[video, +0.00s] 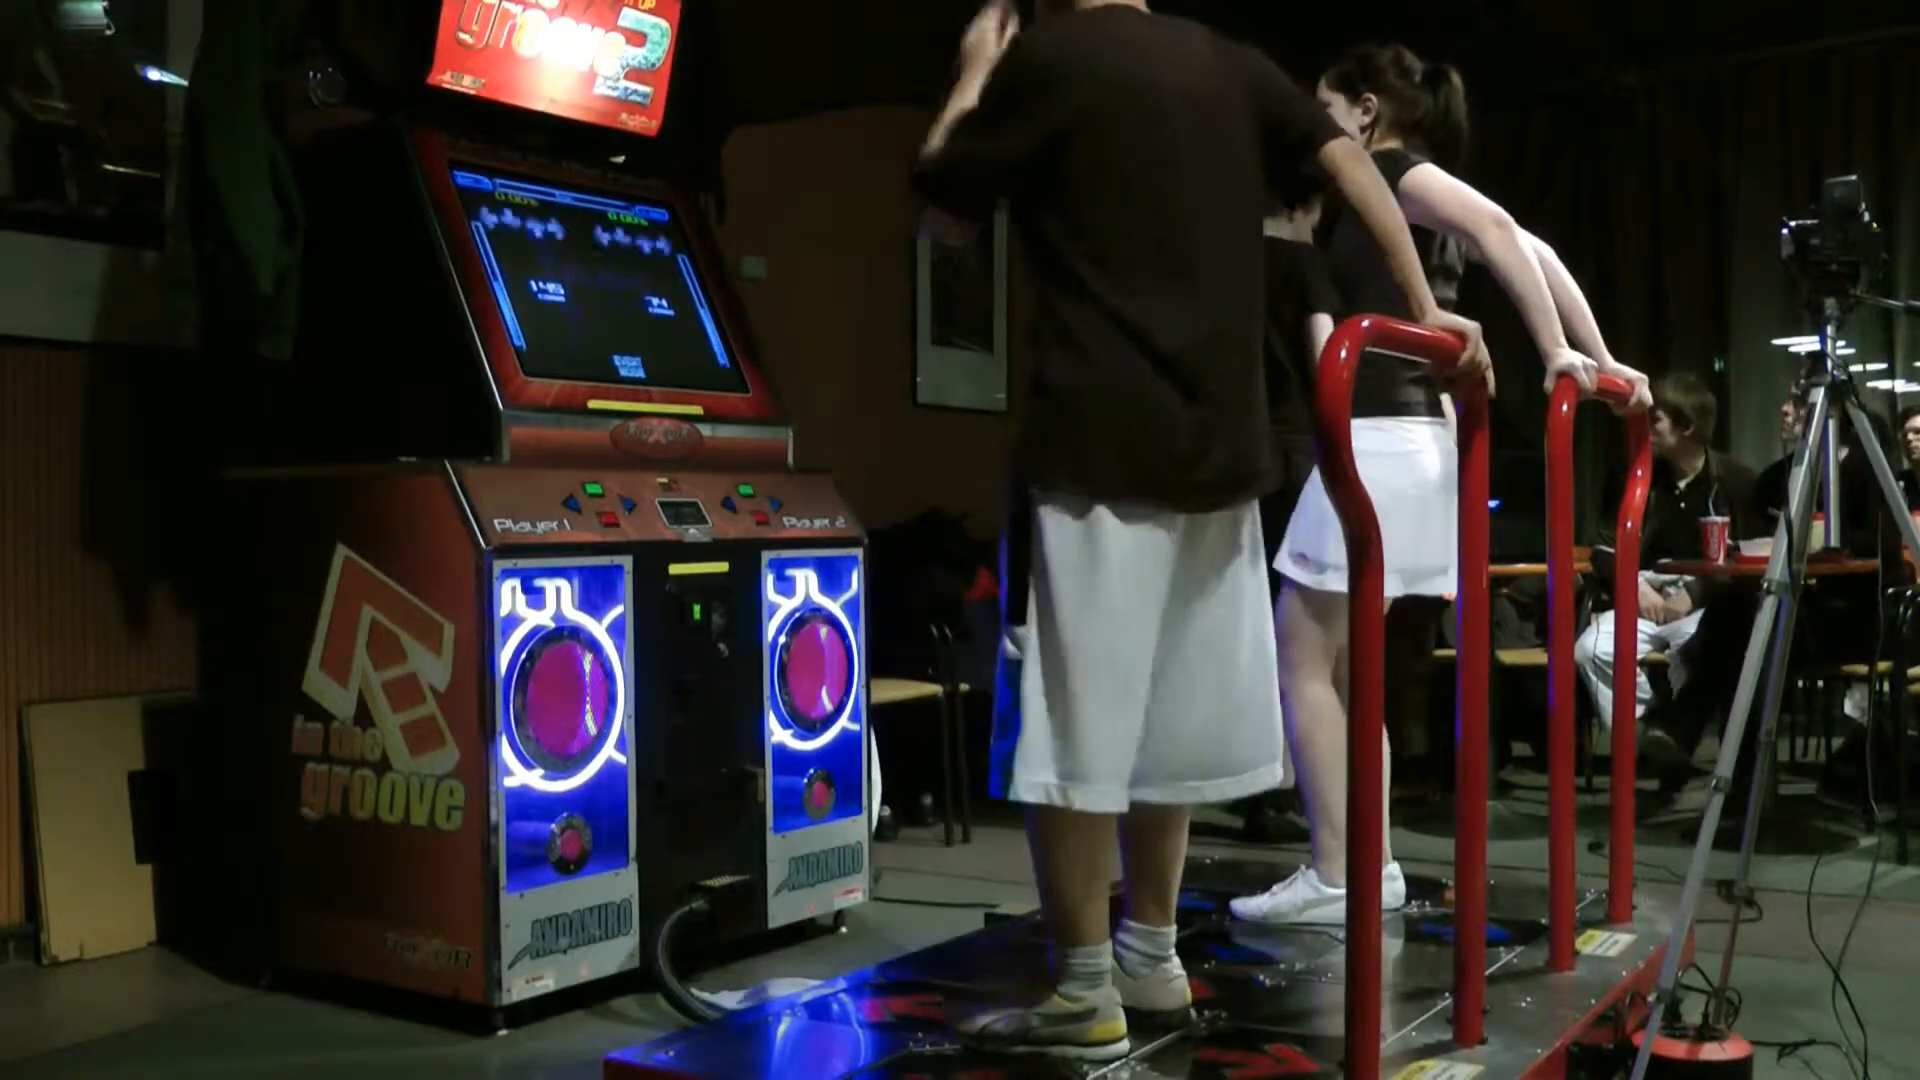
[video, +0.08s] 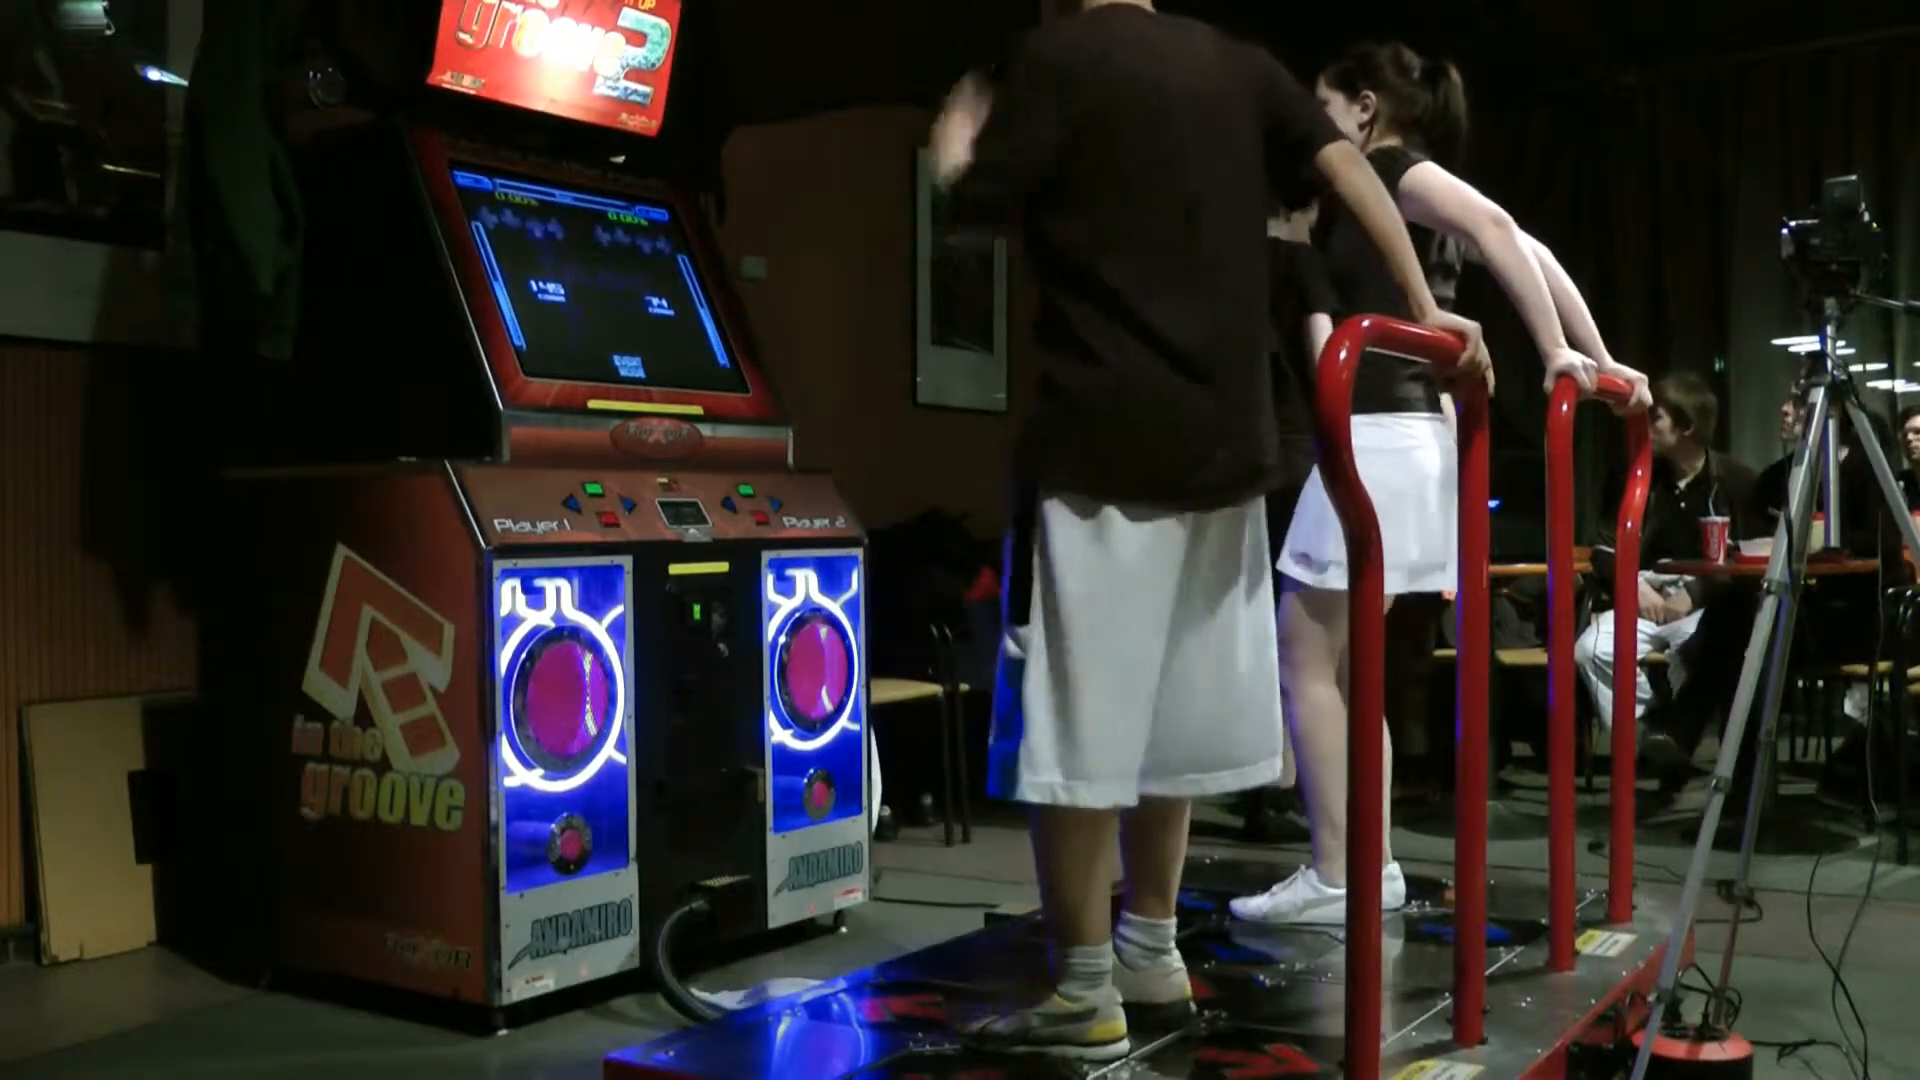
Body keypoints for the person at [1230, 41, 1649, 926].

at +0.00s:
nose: (1320, 123)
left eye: (1329, 107)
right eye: (1321, 109)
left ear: (1369, 108)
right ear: (1396, 114)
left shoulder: (1391, 173)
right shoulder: (1404, 182)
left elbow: (1502, 233)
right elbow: (1541, 256)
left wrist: (1556, 351)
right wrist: (1601, 357)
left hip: (1369, 448)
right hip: (1411, 448)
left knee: (1303, 662)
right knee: (1350, 672)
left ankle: (1332, 874)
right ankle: (1373, 869)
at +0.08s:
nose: (1320, 120)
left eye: (1329, 104)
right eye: (1321, 106)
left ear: (1369, 106)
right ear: (1395, 113)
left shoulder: (1390, 170)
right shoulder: (1404, 179)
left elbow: (1497, 230)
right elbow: (1538, 257)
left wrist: (1555, 350)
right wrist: (1600, 356)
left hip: (1371, 445)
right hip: (1407, 445)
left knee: (1306, 659)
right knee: (1350, 670)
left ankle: (1332, 874)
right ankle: (1373, 871)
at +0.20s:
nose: (1319, 119)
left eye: (1329, 103)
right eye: (1320, 105)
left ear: (1372, 104)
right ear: (1393, 111)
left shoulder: (1391, 169)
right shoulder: (1407, 178)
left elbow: (1498, 230)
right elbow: (1537, 259)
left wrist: (1555, 350)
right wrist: (1602, 357)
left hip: (1368, 442)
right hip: (1407, 443)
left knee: (1311, 662)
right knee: (1354, 670)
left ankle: (1333, 875)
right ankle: (1374, 873)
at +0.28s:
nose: (1319, 119)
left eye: (1328, 103)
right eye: (1320, 106)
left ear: (1370, 103)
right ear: (1394, 110)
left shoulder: (1392, 169)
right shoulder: (1406, 177)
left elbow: (1502, 232)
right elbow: (1535, 256)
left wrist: (1556, 350)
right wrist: (1601, 356)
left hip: (1369, 443)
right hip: (1411, 444)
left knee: (1315, 662)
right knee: (1356, 668)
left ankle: (1333, 875)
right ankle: (1374, 874)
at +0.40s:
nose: (1318, 120)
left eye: (1327, 104)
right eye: (1319, 106)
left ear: (1370, 104)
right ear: (1395, 110)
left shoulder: (1390, 170)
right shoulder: (1409, 176)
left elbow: (1502, 232)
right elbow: (1537, 256)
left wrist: (1557, 350)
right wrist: (1600, 355)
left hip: (1368, 445)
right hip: (1411, 447)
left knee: (1320, 666)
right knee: (1358, 668)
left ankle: (1333, 876)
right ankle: (1375, 872)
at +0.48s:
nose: (1319, 122)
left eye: (1327, 106)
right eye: (1320, 108)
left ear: (1369, 105)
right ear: (1392, 112)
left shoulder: (1390, 170)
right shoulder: (1409, 178)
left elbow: (1503, 232)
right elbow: (1539, 256)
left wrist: (1557, 351)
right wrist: (1602, 356)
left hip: (1371, 448)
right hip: (1412, 449)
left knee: (1318, 666)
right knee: (1356, 671)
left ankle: (1333, 875)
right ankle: (1374, 873)